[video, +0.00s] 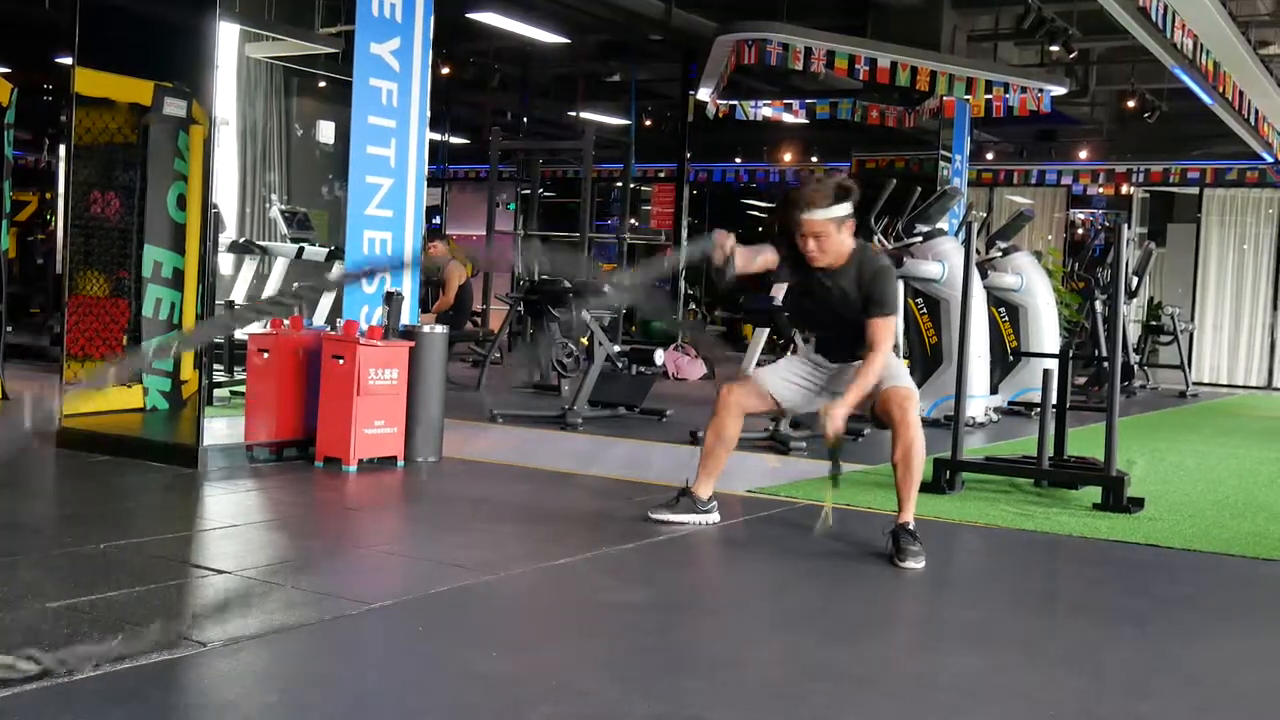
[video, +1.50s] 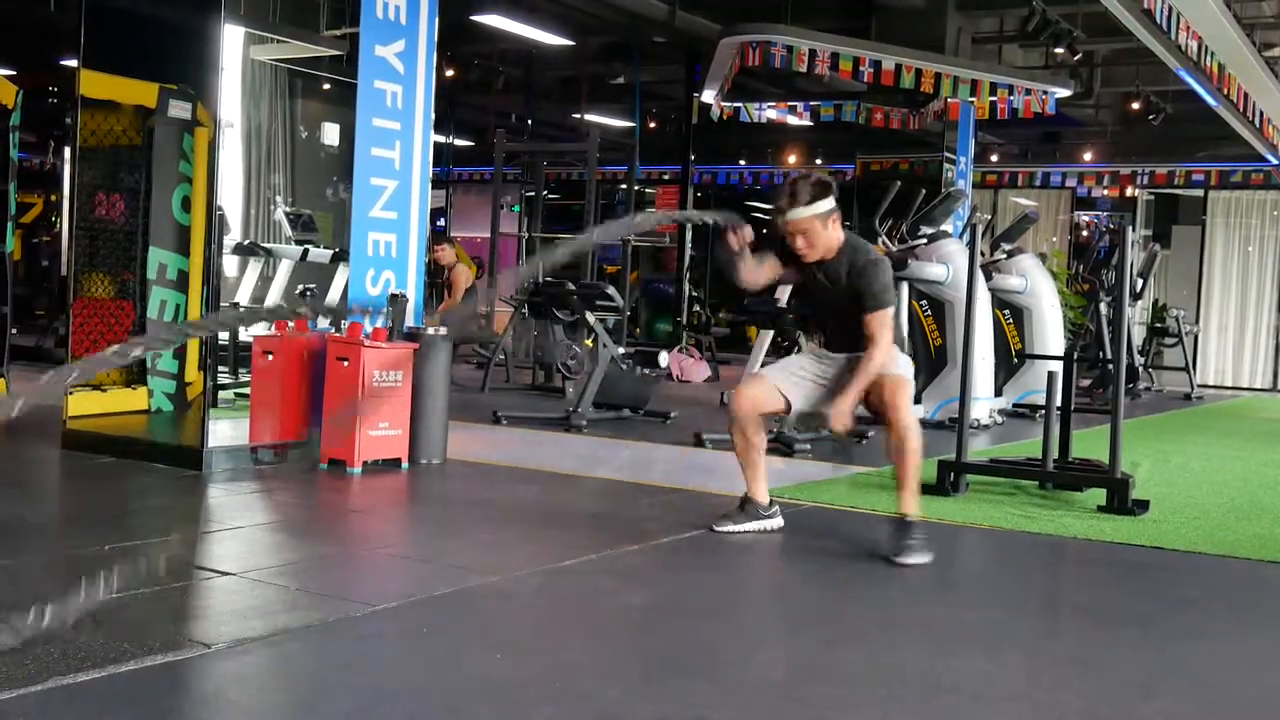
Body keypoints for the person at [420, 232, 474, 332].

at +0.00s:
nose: (431, 251)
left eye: (435, 247)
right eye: (429, 248)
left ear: (446, 247)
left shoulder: (453, 267)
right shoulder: (447, 267)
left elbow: (448, 300)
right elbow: (442, 297)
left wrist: (433, 313)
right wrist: (432, 314)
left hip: (455, 321)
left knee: (414, 319)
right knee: (414, 317)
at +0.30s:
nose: (432, 252)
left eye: (436, 247)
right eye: (430, 248)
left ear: (447, 247)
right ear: (427, 251)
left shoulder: (453, 268)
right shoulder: (444, 268)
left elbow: (450, 300)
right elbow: (443, 297)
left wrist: (433, 313)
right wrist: (433, 314)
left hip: (456, 321)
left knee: (415, 319)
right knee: (415, 317)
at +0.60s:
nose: (433, 254)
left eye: (437, 250)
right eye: (432, 250)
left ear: (447, 250)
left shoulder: (456, 268)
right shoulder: (445, 270)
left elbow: (451, 300)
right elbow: (444, 298)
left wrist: (435, 313)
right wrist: (435, 313)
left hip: (458, 320)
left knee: (418, 320)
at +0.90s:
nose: (436, 252)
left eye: (439, 248)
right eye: (433, 249)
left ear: (450, 248)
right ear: (430, 252)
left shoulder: (457, 269)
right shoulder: (446, 271)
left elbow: (452, 301)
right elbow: (445, 298)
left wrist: (435, 314)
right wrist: (434, 315)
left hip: (459, 321)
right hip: (451, 317)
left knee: (420, 319)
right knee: (418, 318)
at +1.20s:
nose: (438, 253)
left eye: (441, 249)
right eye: (434, 250)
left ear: (452, 249)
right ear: (432, 253)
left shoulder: (458, 270)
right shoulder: (446, 272)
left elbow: (454, 302)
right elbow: (446, 300)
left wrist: (436, 314)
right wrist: (435, 316)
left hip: (460, 321)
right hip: (452, 317)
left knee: (419, 320)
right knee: (419, 318)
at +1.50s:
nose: (439, 255)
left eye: (443, 250)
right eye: (436, 251)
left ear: (453, 250)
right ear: (433, 255)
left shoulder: (459, 270)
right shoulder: (448, 271)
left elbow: (455, 301)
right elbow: (447, 300)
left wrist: (437, 315)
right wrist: (436, 317)